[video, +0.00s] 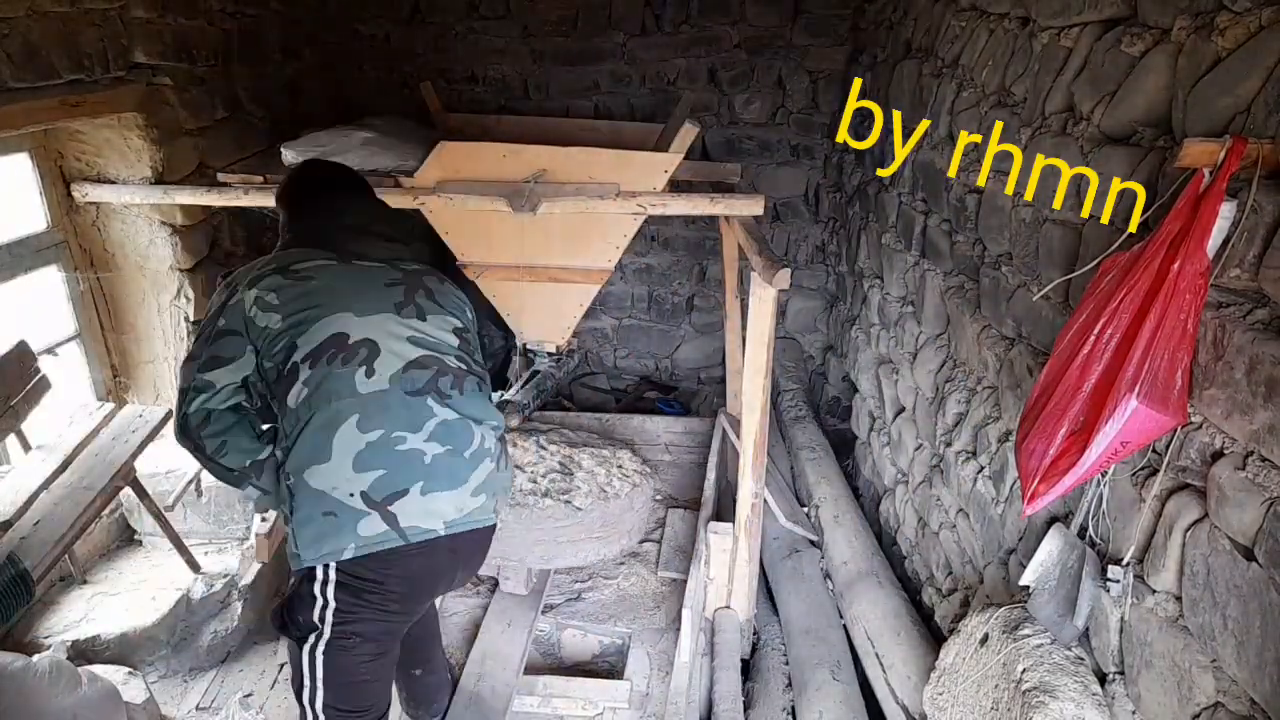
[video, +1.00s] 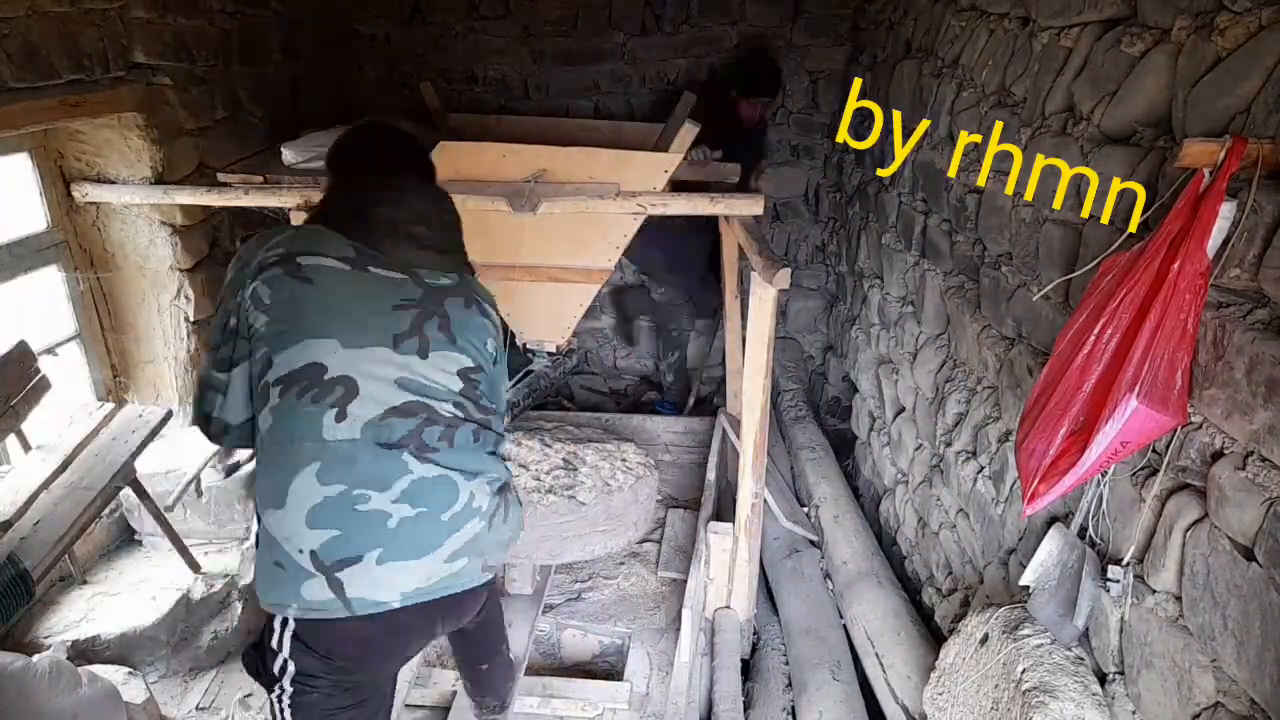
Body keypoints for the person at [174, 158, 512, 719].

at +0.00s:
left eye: (279, 221)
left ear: (288, 224)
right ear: (372, 211)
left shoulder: (257, 288)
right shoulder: (433, 280)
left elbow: (205, 414)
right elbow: (492, 361)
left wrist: (287, 487)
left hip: (356, 553)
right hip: (470, 530)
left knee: (340, 709)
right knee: (416, 606)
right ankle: (433, 707)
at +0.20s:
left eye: (286, 195)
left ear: (292, 202)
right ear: (387, 194)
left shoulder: (251, 307)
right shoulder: (458, 288)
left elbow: (249, 462)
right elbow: (486, 404)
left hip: (357, 585)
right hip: (467, 554)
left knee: (335, 708)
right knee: (433, 614)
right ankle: (440, 686)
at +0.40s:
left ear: (390, 194)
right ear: (484, 213)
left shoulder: (299, 264)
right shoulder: (495, 332)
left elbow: (247, 399)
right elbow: (488, 452)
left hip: (319, 585)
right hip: (436, 565)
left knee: (321, 708)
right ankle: (435, 690)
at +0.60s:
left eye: (240, 309)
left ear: (249, 312)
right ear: (337, 304)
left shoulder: (199, 379)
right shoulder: (408, 367)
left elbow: (164, 548)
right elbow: (465, 495)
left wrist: (249, 620)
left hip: (311, 667)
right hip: (449, 644)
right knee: (433, 706)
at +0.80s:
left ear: (344, 180)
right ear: (436, 196)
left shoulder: (262, 258)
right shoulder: (469, 302)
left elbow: (220, 392)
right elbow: (485, 430)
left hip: (320, 606)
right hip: (446, 576)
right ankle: (497, 646)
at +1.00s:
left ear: (333, 186)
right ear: (428, 190)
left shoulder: (268, 264)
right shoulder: (470, 291)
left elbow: (226, 422)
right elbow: (491, 419)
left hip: (337, 608)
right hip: (469, 575)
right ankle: (494, 699)